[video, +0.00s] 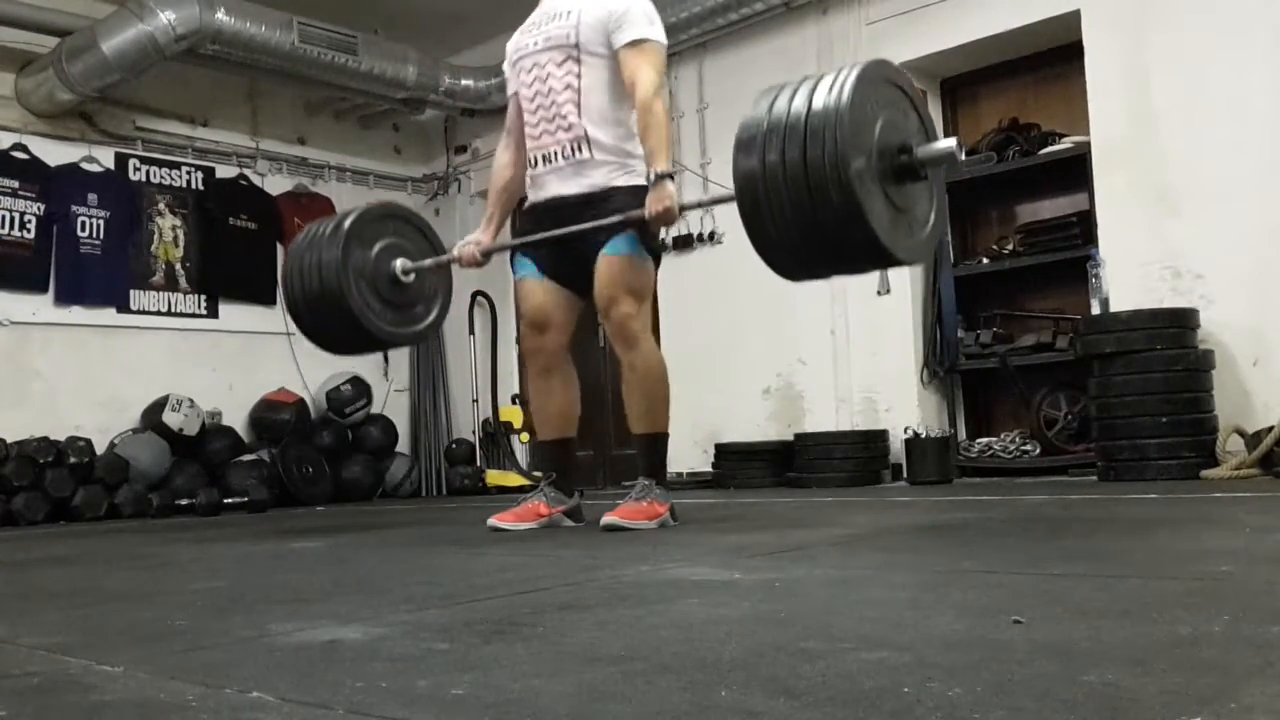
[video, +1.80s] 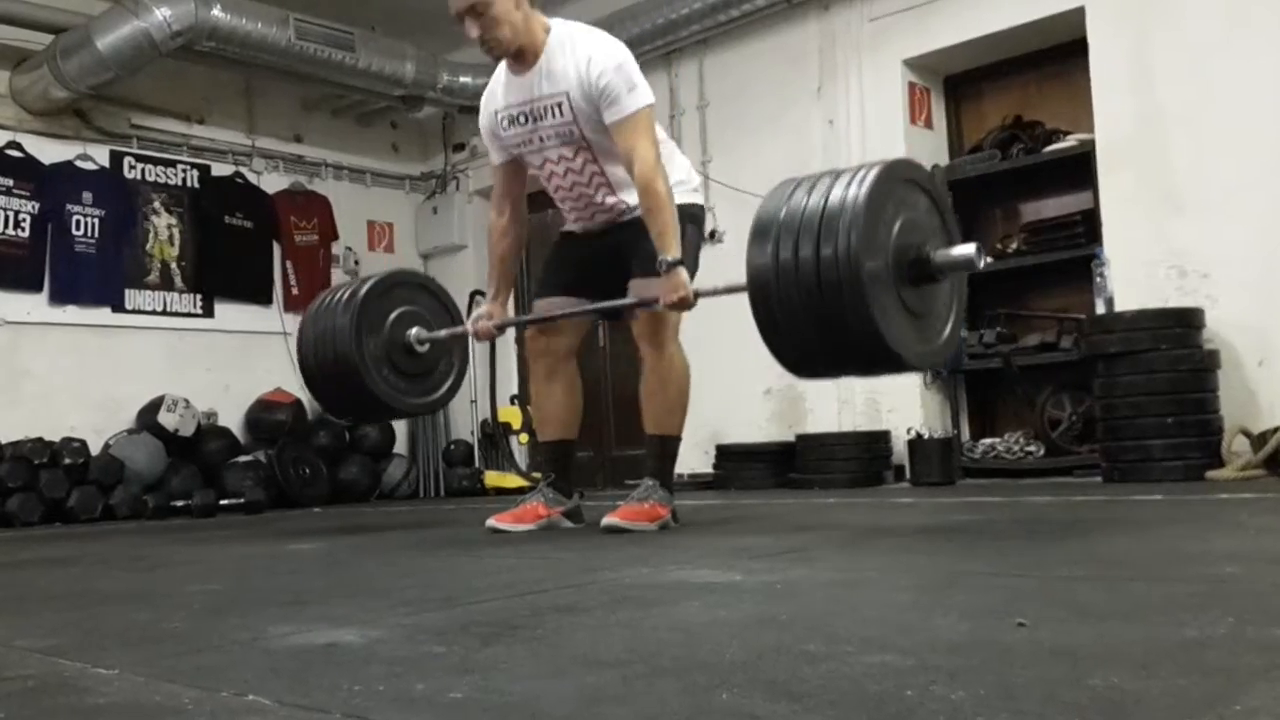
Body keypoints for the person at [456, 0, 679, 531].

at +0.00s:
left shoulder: (621, 5)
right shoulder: (519, 41)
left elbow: (647, 89)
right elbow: (513, 143)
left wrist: (661, 176)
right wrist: (488, 229)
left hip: (617, 194)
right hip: (544, 207)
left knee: (625, 320)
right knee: (540, 336)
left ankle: (653, 487)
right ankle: (558, 492)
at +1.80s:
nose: (474, 32)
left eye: (479, 12)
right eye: (463, 22)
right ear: (463, 26)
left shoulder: (597, 56)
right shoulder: (495, 102)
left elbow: (646, 163)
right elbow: (506, 207)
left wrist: (670, 261)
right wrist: (497, 298)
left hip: (657, 207)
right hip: (586, 225)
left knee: (653, 327)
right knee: (546, 338)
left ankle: (658, 490)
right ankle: (556, 493)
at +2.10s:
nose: (459, 96)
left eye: (465, 77)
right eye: (448, 86)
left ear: (504, 56)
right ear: (443, 88)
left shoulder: (591, 114)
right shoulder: (489, 156)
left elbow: (643, 221)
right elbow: (503, 262)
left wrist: (669, 323)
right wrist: (494, 353)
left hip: (666, 215)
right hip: (596, 243)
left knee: (643, 310)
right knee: (540, 333)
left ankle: (656, 489)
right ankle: (556, 493)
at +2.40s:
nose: (456, 174)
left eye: (460, 156)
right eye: (444, 165)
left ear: (496, 133)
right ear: (436, 165)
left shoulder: (583, 174)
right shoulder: (490, 219)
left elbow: (643, 279)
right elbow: (504, 317)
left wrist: (673, 386)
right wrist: (497, 409)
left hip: (673, 234)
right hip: (599, 267)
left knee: (637, 318)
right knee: (531, 339)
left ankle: (657, 490)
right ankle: (558, 494)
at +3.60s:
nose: (449, 91)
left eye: (456, 71)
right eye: (439, 80)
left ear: (498, 55)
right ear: (436, 85)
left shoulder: (578, 118)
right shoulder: (482, 159)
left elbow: (639, 217)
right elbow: (498, 257)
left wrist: (663, 319)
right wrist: (487, 351)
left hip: (657, 220)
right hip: (586, 244)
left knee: (633, 312)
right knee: (532, 334)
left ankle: (653, 489)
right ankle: (556, 491)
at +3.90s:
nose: (465, 6)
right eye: (463, 2)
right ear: (481, 13)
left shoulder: (589, 48)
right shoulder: (491, 93)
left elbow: (638, 150)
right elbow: (503, 197)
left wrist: (663, 245)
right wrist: (489, 288)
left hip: (636, 205)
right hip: (569, 221)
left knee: (636, 317)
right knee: (533, 337)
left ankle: (654, 488)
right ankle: (556, 491)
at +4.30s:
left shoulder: (643, 8)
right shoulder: (547, 39)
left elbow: (657, 95)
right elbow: (523, 139)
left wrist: (662, 171)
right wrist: (487, 223)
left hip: (612, 185)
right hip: (542, 198)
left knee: (630, 320)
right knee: (544, 331)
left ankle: (653, 487)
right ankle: (558, 491)